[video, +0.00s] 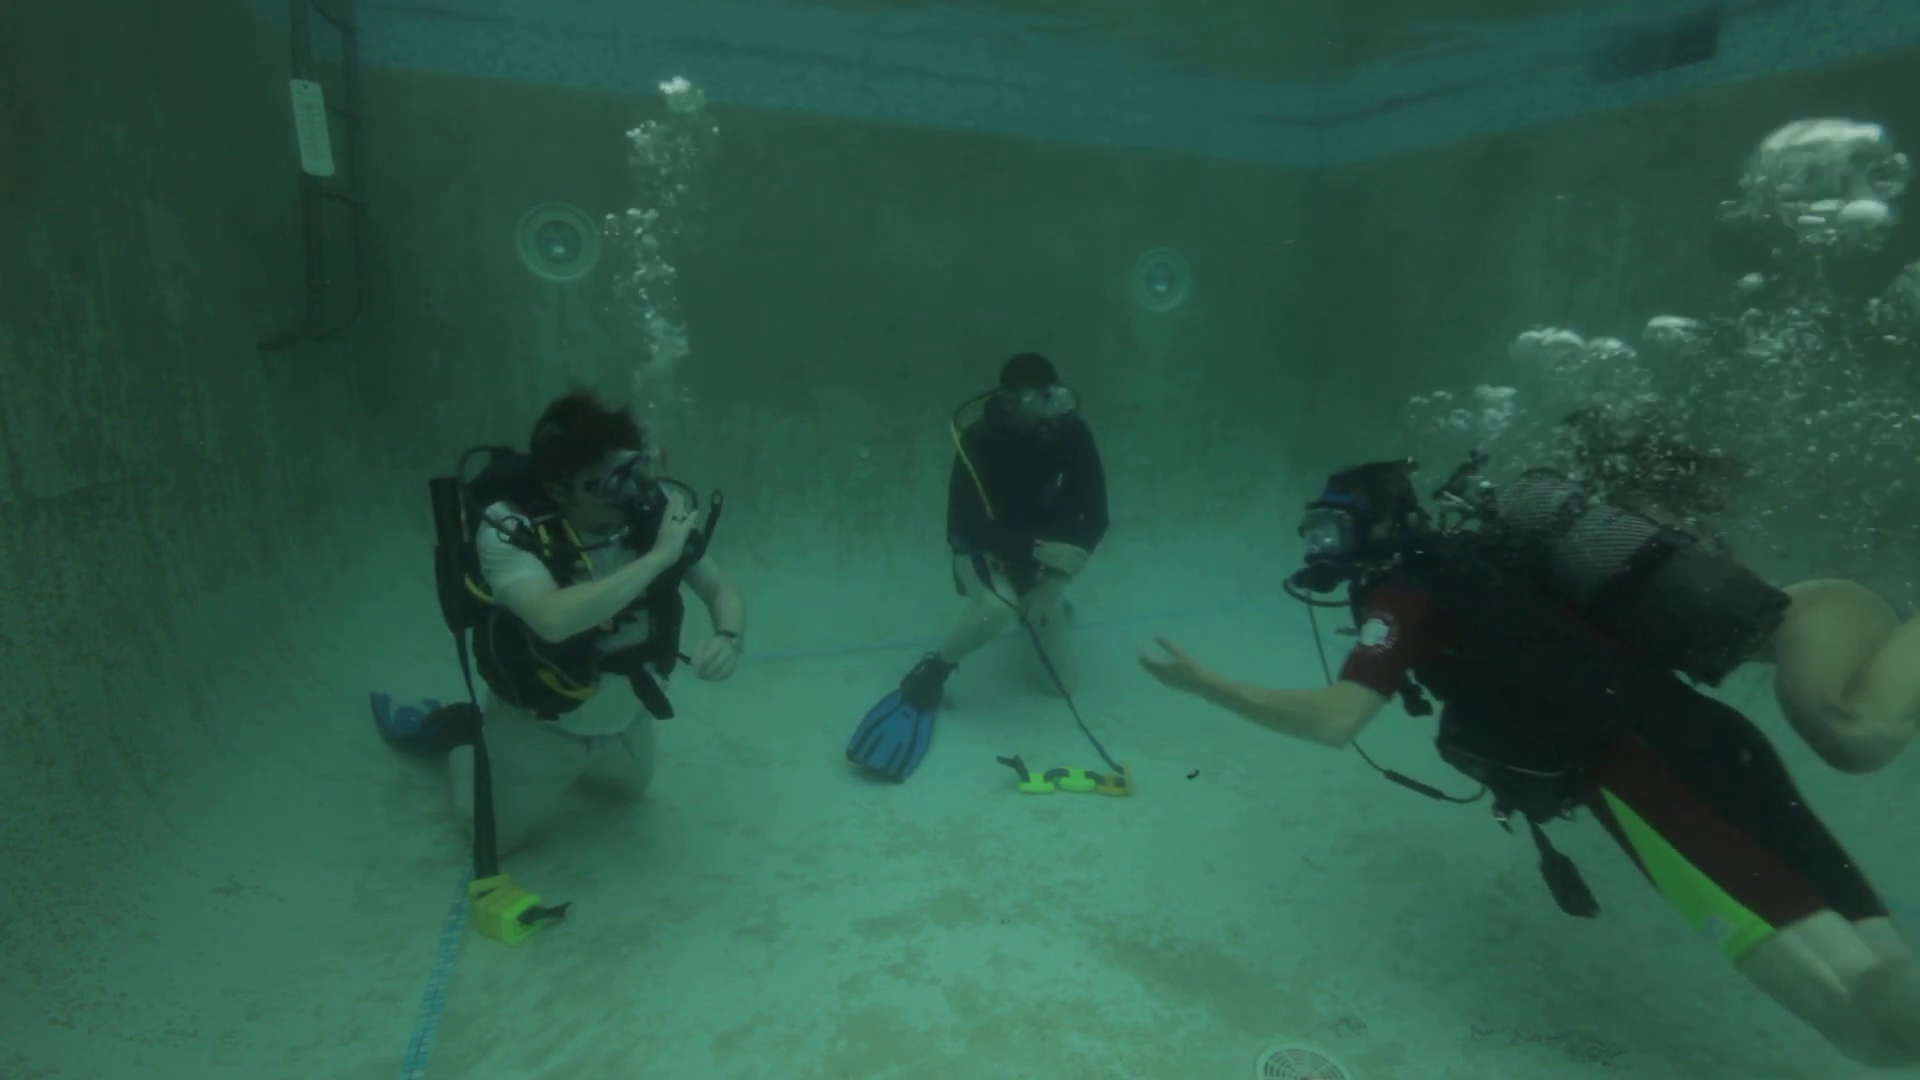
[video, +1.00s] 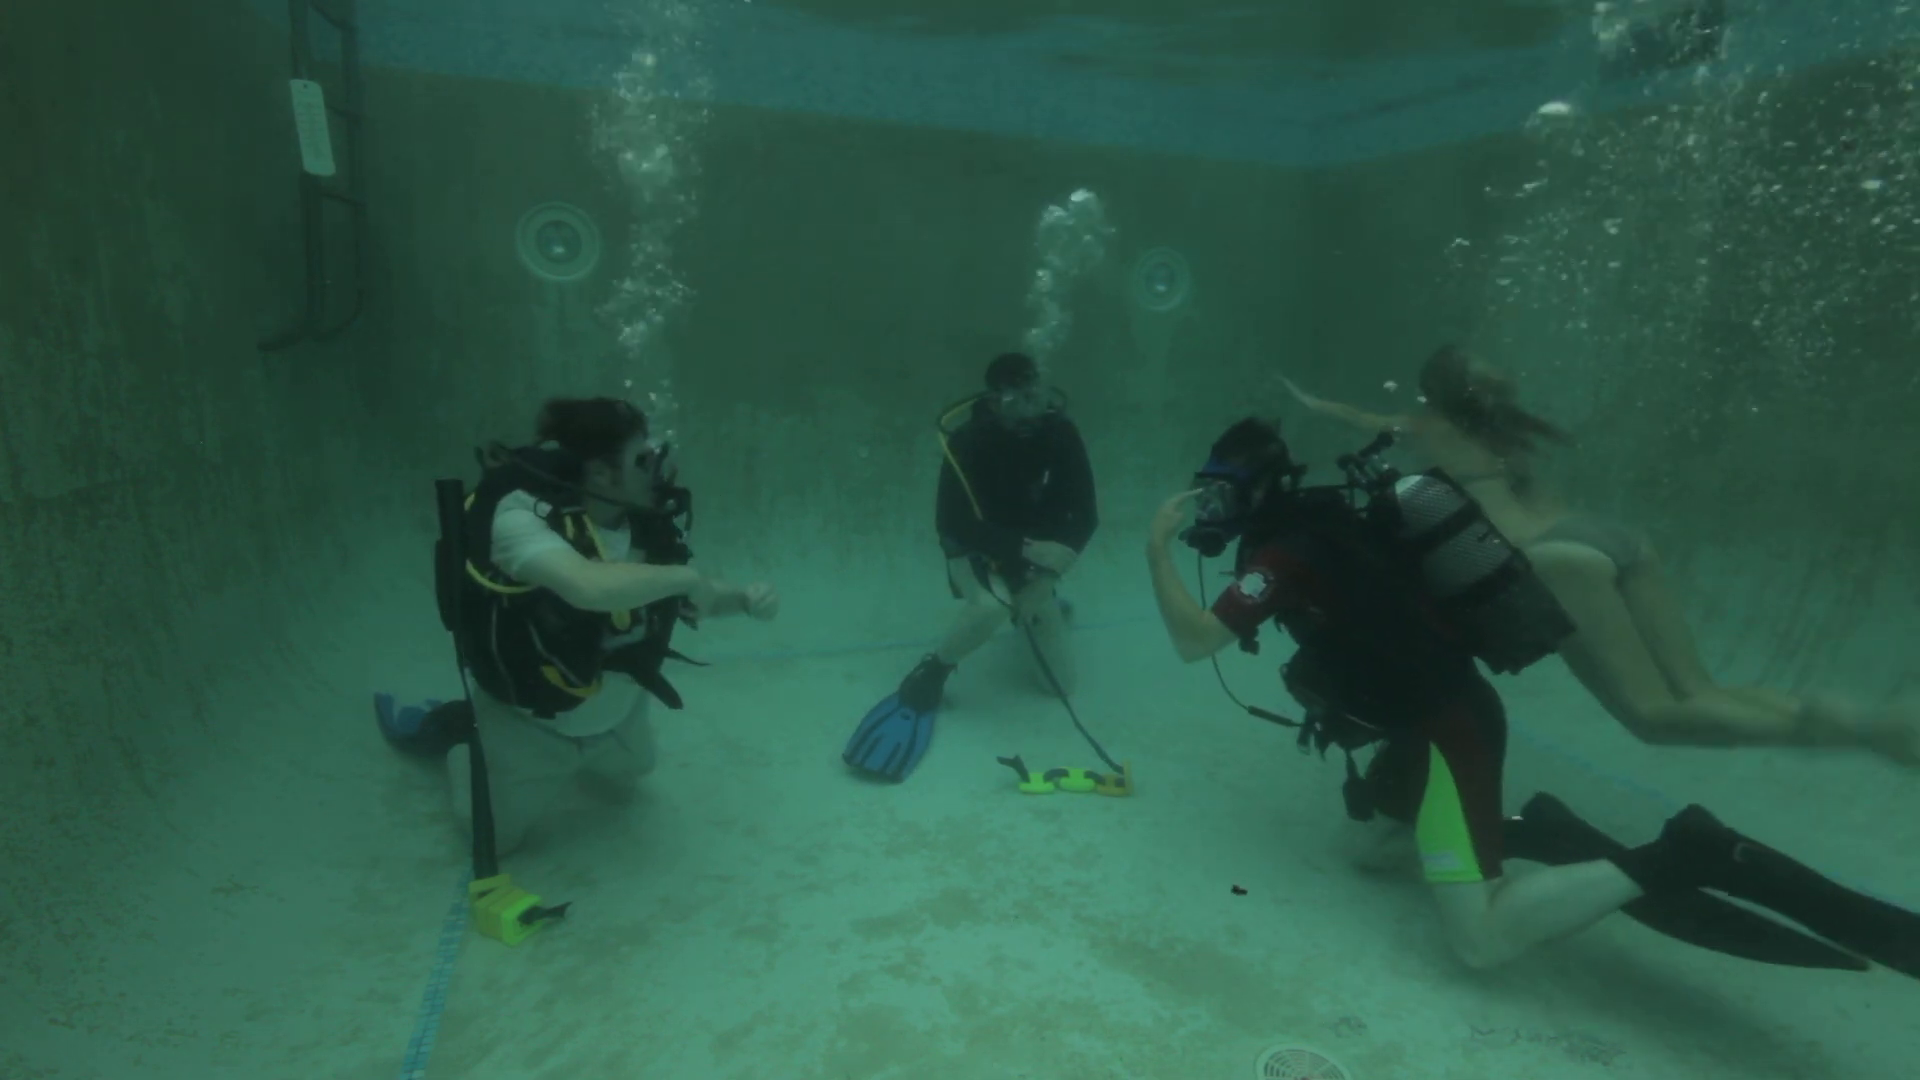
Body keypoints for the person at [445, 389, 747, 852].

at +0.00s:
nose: (635, 492)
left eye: (636, 472)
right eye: (614, 481)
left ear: (643, 462)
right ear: (562, 489)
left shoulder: (646, 512)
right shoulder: (506, 529)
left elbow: (719, 586)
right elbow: (552, 620)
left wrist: (727, 636)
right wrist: (660, 556)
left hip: (625, 711)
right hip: (538, 722)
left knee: (627, 786)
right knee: (503, 832)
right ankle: (461, 731)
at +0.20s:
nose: (627, 494)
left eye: (630, 475)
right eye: (606, 485)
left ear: (638, 465)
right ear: (557, 492)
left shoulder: (644, 511)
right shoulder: (502, 532)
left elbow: (719, 589)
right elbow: (566, 601)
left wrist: (723, 641)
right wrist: (665, 538)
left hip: (622, 706)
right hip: (535, 717)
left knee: (628, 785)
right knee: (505, 830)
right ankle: (458, 730)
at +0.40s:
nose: (630, 490)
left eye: (632, 472)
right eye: (611, 481)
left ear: (639, 461)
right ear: (563, 490)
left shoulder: (653, 508)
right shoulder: (502, 534)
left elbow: (717, 590)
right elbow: (579, 595)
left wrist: (719, 642)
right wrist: (674, 532)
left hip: (624, 705)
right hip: (536, 717)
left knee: (625, 787)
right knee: (501, 832)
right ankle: (457, 732)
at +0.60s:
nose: (633, 484)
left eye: (631, 468)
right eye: (616, 475)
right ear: (570, 486)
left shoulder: (642, 513)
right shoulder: (502, 534)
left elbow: (710, 583)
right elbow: (585, 595)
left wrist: (721, 634)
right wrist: (681, 546)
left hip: (623, 704)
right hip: (535, 718)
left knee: (625, 788)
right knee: (499, 832)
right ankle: (455, 732)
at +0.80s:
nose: (644, 472)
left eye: (641, 459)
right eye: (628, 465)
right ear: (583, 479)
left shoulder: (637, 514)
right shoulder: (507, 528)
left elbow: (688, 574)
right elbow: (589, 593)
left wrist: (727, 614)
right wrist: (691, 565)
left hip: (623, 704)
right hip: (534, 721)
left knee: (625, 785)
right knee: (499, 835)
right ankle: (458, 729)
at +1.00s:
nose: (659, 468)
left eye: (654, 455)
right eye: (644, 461)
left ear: (607, 475)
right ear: (600, 476)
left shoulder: (642, 516)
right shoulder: (516, 521)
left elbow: (684, 594)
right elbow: (589, 588)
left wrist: (738, 599)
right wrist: (696, 580)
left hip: (617, 701)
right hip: (527, 719)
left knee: (627, 775)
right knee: (494, 839)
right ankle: (459, 728)